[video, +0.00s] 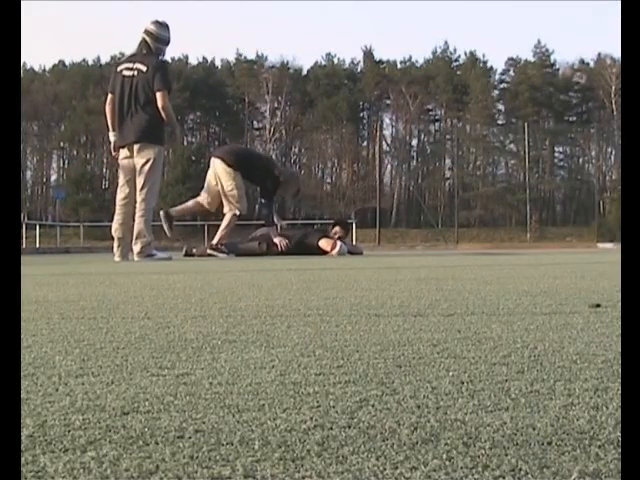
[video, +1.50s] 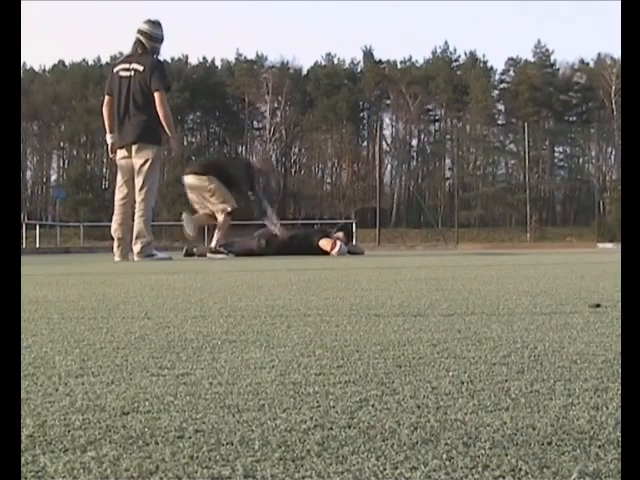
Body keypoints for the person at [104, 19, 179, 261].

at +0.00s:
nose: (165, 49)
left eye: (165, 45)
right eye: (165, 45)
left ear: (144, 38)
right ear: (160, 43)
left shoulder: (121, 65)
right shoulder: (157, 64)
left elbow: (110, 102)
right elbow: (162, 102)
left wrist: (113, 133)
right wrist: (173, 125)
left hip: (123, 136)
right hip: (148, 136)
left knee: (124, 194)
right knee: (146, 196)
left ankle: (119, 249)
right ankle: (142, 248)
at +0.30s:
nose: (166, 49)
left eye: (166, 45)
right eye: (165, 45)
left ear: (144, 38)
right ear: (161, 43)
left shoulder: (122, 64)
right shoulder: (157, 64)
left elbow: (110, 102)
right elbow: (162, 102)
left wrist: (113, 133)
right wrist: (175, 125)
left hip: (124, 136)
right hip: (148, 136)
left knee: (124, 194)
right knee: (146, 195)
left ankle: (119, 249)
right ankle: (143, 248)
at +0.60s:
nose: (164, 48)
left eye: (164, 44)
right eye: (164, 44)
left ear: (142, 38)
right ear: (159, 43)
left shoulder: (121, 65)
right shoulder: (156, 65)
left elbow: (111, 104)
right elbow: (162, 101)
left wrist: (114, 134)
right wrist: (173, 128)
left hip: (124, 137)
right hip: (149, 137)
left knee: (124, 195)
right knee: (146, 195)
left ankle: (119, 249)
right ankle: (143, 248)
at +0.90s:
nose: (161, 47)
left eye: (161, 43)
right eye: (160, 43)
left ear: (139, 38)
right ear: (156, 42)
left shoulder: (120, 65)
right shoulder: (154, 64)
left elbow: (109, 104)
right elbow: (160, 100)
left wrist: (113, 136)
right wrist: (172, 135)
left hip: (123, 138)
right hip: (148, 138)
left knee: (124, 196)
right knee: (146, 196)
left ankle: (119, 249)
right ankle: (143, 248)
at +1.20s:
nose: (160, 47)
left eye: (160, 43)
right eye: (159, 43)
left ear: (138, 38)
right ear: (155, 42)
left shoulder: (119, 65)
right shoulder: (153, 64)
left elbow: (108, 104)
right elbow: (159, 101)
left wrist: (110, 136)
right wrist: (172, 134)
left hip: (122, 137)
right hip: (147, 137)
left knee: (123, 195)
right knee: (145, 196)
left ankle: (119, 249)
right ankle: (142, 248)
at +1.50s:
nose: (160, 47)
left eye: (160, 43)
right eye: (159, 43)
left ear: (138, 38)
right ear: (155, 42)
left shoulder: (118, 65)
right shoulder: (153, 64)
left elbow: (107, 104)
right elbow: (159, 101)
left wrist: (110, 136)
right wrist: (172, 134)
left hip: (121, 138)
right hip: (147, 137)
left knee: (122, 196)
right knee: (144, 197)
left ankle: (119, 249)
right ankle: (142, 248)